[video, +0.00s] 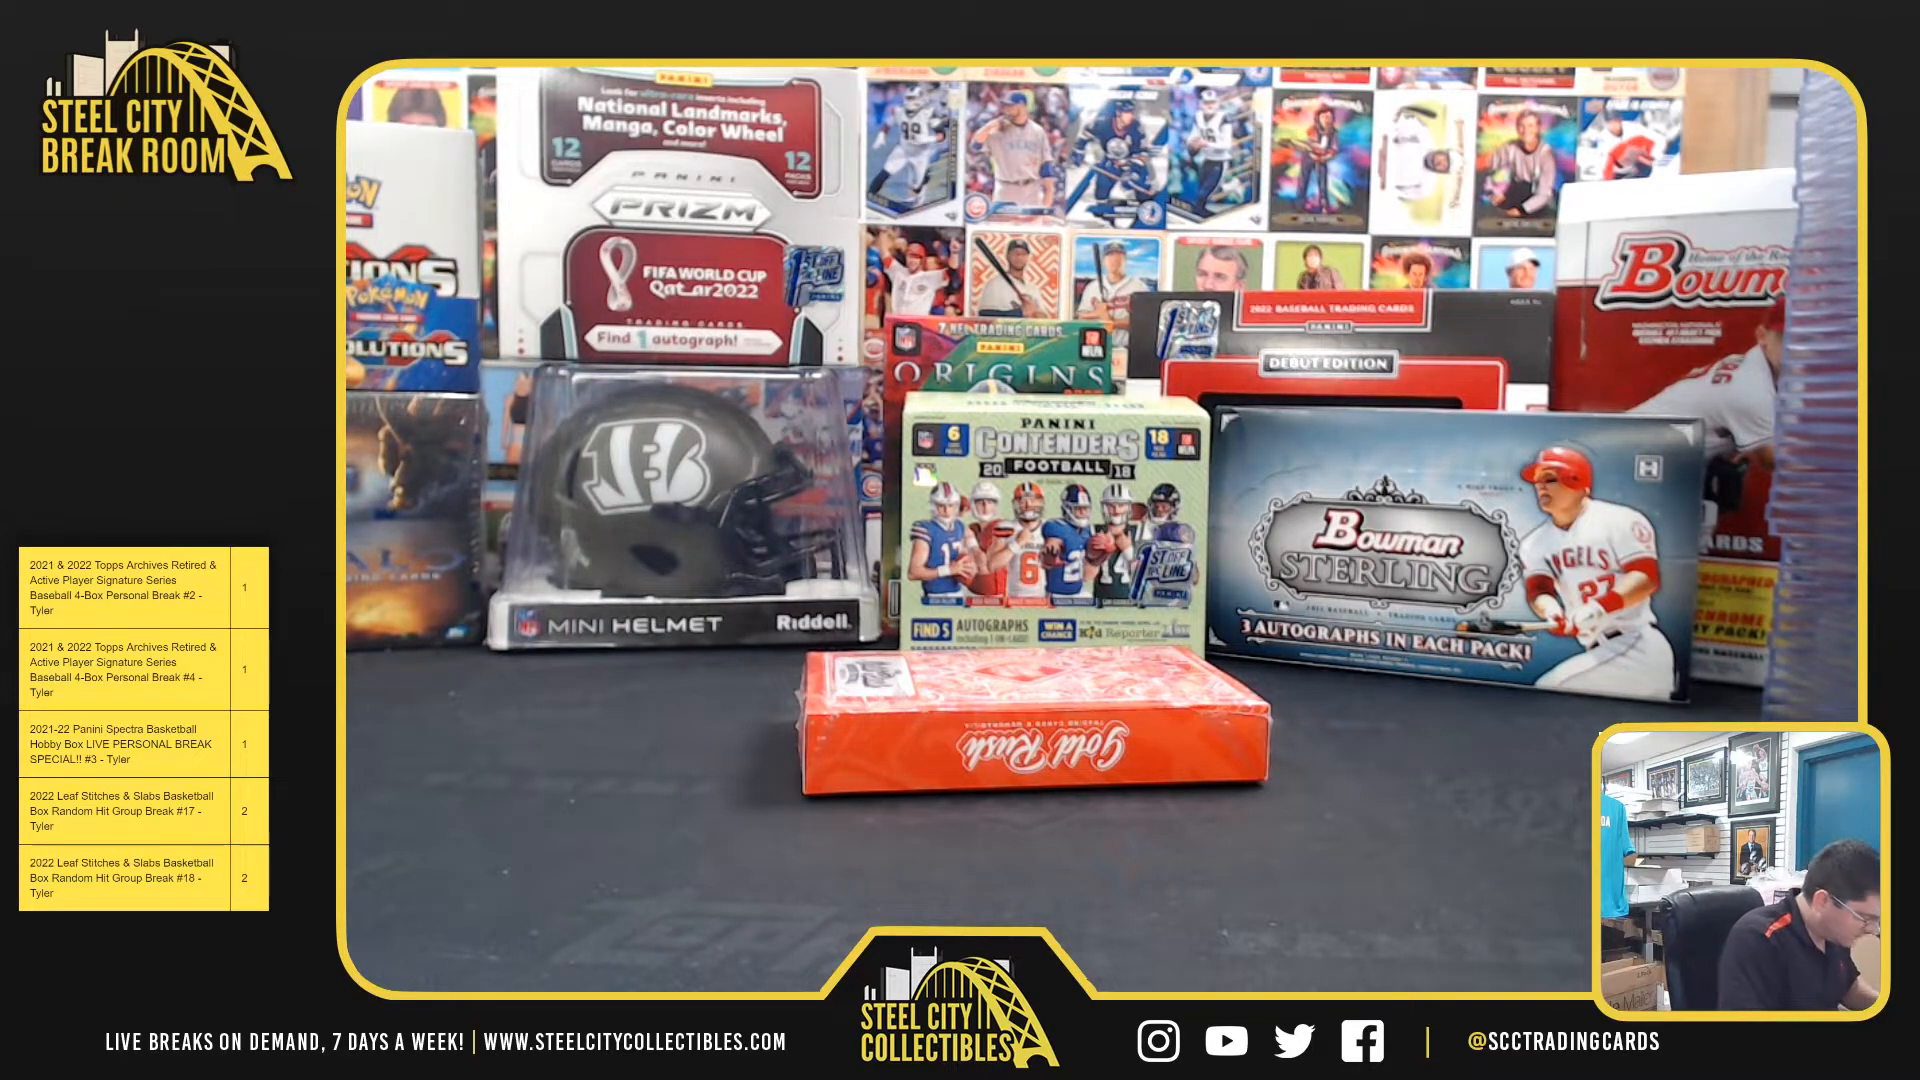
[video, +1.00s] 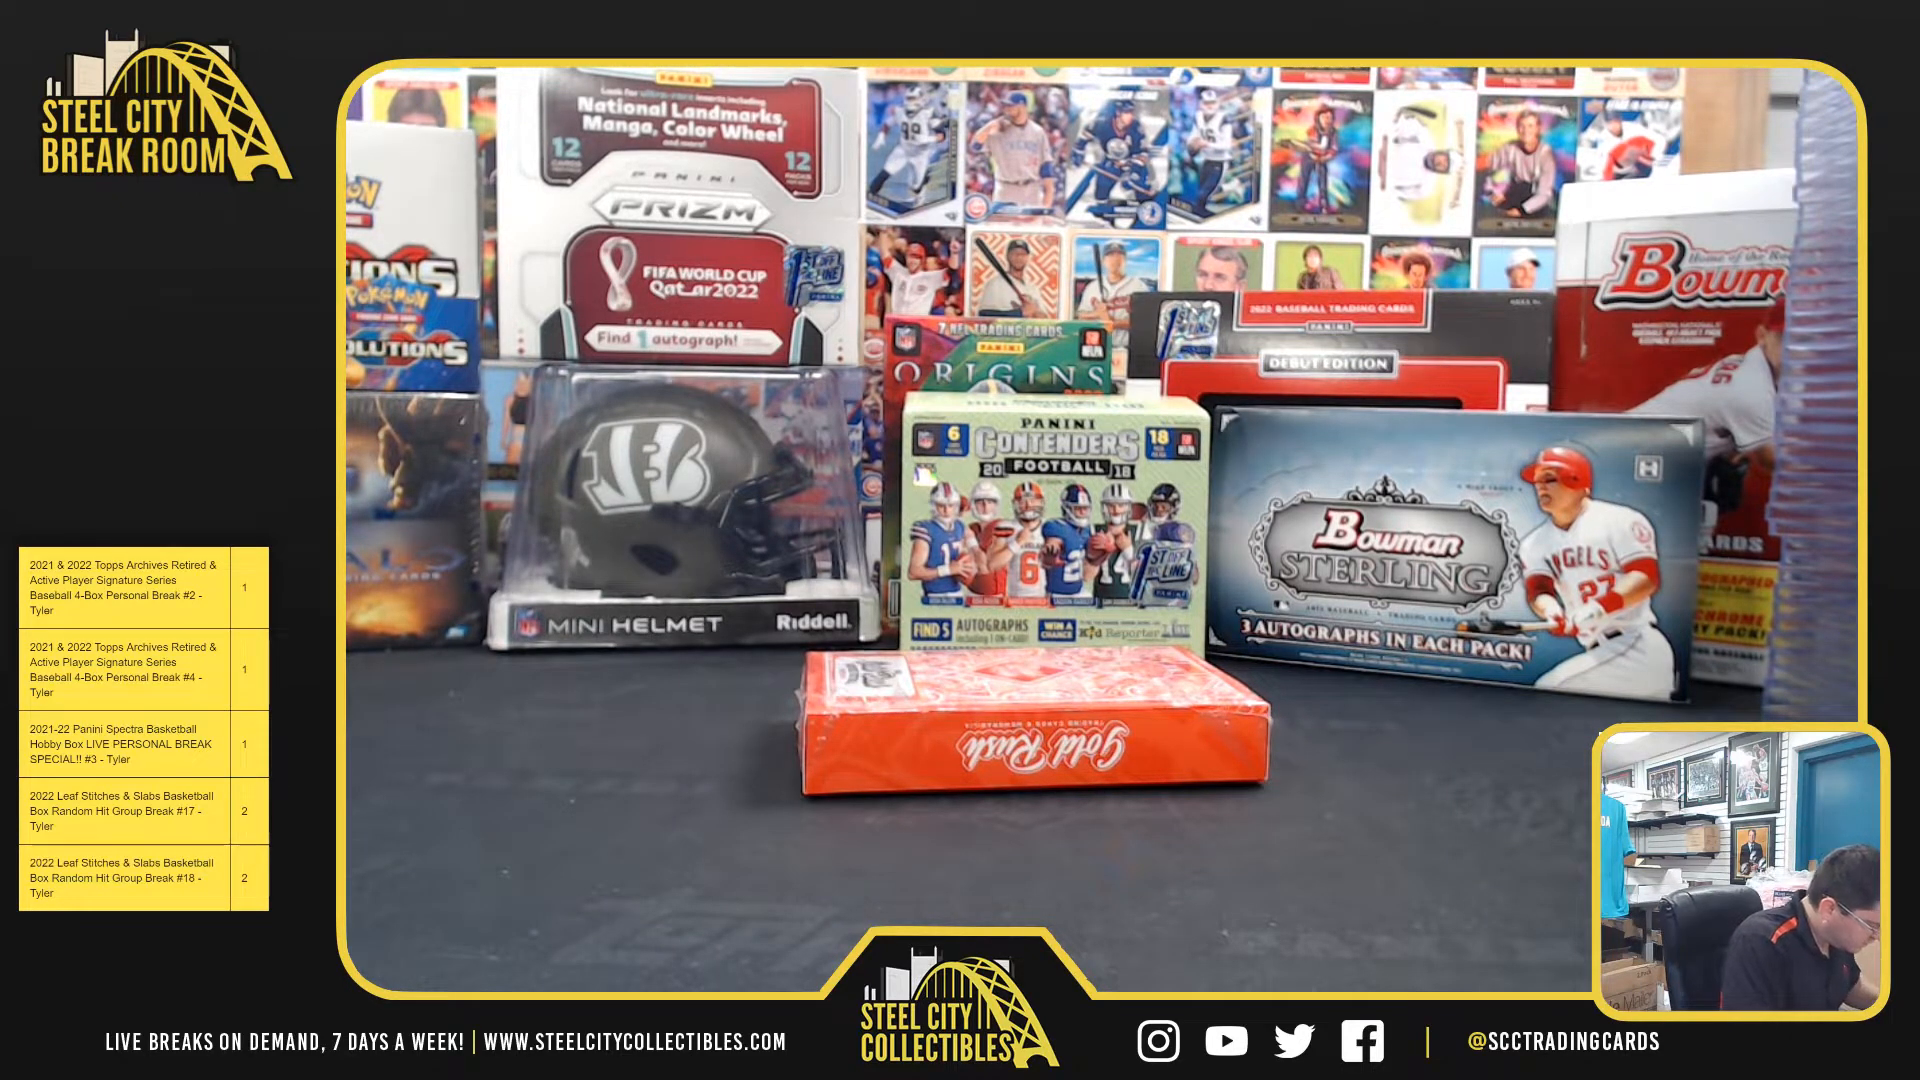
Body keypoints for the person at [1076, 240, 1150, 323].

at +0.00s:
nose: (1115, 259)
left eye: (1119, 255)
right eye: (1110, 255)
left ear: (1124, 259)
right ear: (1104, 260)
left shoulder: (1138, 286)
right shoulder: (1092, 287)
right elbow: (1081, 315)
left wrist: (1113, 322)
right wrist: (1099, 313)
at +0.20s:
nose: (1115, 260)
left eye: (1119, 255)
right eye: (1111, 255)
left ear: (1124, 260)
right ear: (1104, 260)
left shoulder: (1138, 286)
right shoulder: (1093, 287)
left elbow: (1144, 319)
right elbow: (1081, 315)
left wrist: (1113, 322)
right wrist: (1099, 314)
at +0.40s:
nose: (1115, 260)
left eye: (1119, 255)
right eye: (1111, 255)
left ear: (1124, 260)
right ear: (1104, 260)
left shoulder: (1137, 286)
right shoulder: (1093, 287)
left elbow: (1144, 318)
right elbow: (1081, 315)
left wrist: (1114, 323)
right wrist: (1099, 314)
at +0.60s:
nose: (1115, 260)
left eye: (1119, 255)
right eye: (1111, 255)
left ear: (1124, 260)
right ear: (1104, 260)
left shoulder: (1137, 286)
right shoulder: (1093, 287)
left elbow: (1144, 318)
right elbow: (1081, 315)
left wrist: (1114, 323)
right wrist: (1099, 314)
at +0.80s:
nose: (1115, 260)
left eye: (1119, 255)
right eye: (1111, 255)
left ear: (1124, 260)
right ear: (1104, 260)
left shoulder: (1137, 286)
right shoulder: (1093, 287)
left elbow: (1144, 318)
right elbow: (1081, 315)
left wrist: (1114, 323)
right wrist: (1099, 314)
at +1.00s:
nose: (1115, 260)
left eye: (1119, 255)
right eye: (1111, 255)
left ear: (1124, 260)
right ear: (1104, 260)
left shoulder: (1137, 286)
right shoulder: (1093, 287)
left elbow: (1144, 318)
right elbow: (1081, 315)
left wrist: (1114, 323)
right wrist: (1099, 314)